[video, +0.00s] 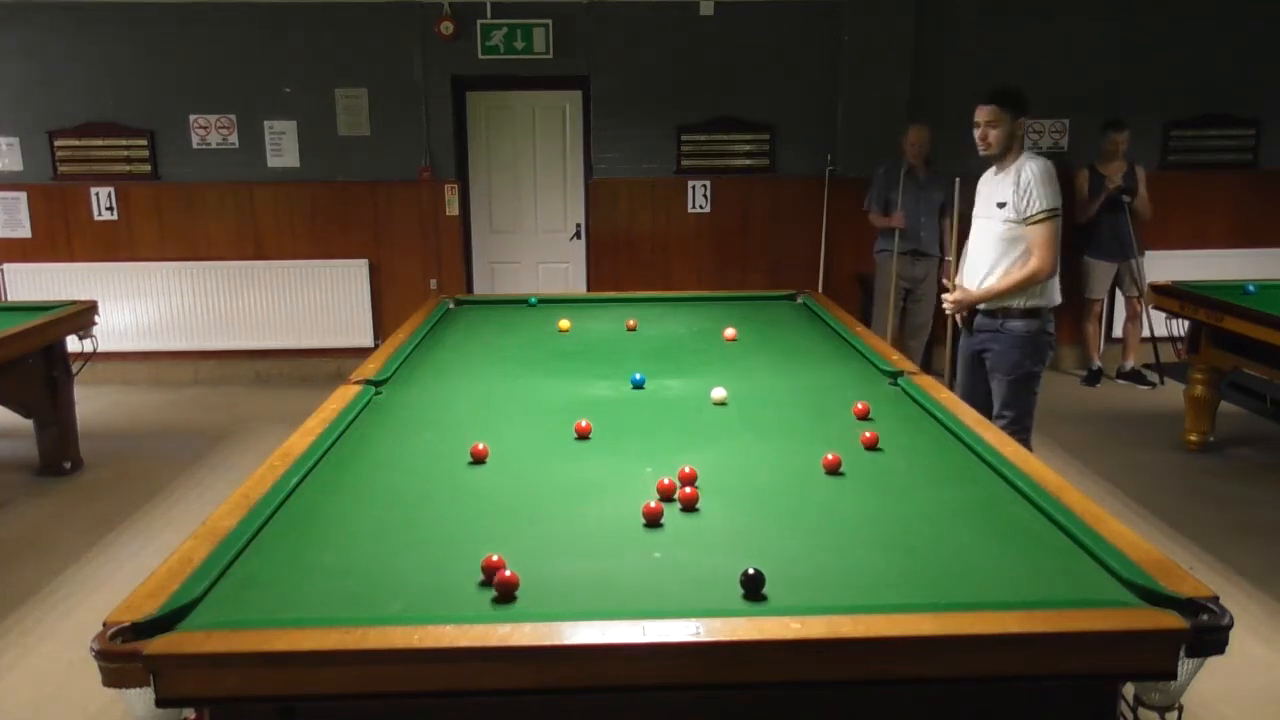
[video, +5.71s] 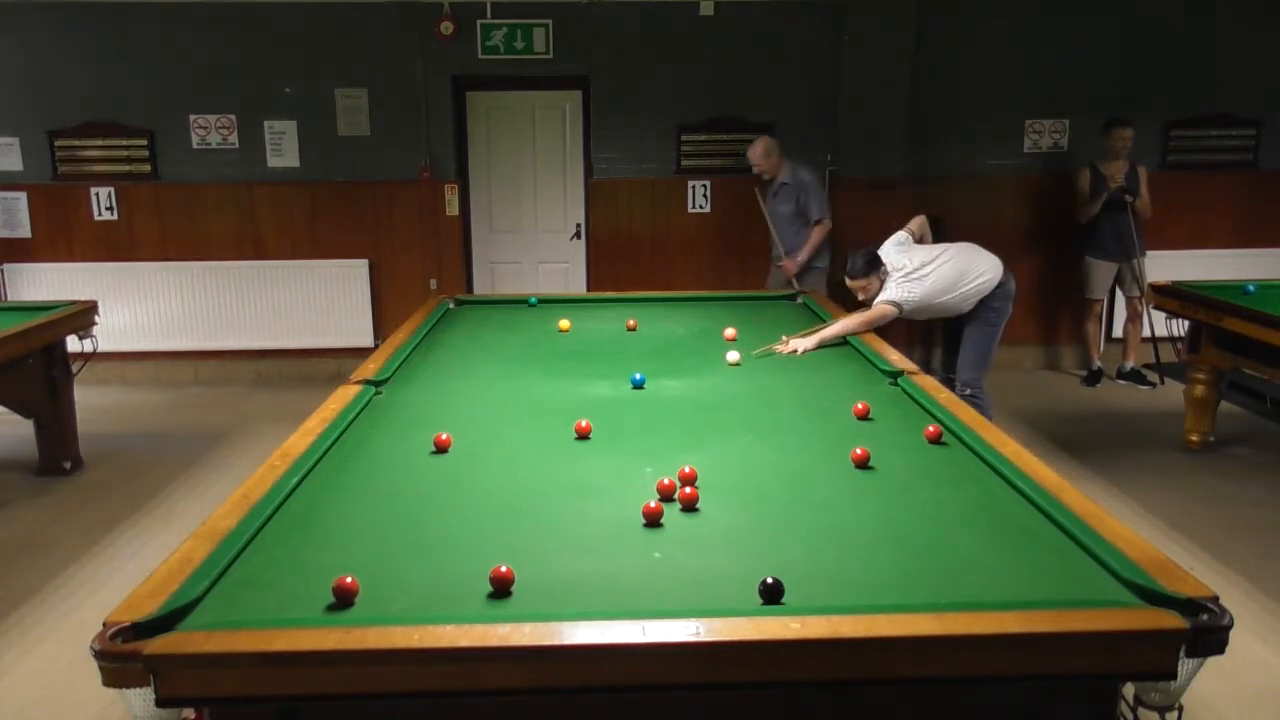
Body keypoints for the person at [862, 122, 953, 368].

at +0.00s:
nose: (917, 150)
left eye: (922, 145)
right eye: (912, 145)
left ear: (929, 147)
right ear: (904, 145)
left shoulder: (938, 179)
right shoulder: (888, 175)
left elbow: (946, 221)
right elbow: (874, 216)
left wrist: (949, 261)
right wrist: (889, 221)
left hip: (928, 259)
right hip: (893, 257)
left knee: (918, 331)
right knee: (885, 326)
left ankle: (909, 386)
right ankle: (878, 383)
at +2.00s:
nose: (930, 149)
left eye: (933, 144)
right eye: (925, 143)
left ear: (936, 147)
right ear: (910, 143)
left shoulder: (935, 179)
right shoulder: (888, 173)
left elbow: (946, 216)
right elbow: (873, 217)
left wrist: (948, 244)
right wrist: (895, 222)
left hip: (926, 261)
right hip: (892, 259)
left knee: (918, 331)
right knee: (884, 326)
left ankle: (908, 386)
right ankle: (877, 383)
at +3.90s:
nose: (912, 153)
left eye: (916, 148)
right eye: (907, 148)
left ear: (922, 150)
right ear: (897, 148)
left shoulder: (929, 180)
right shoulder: (880, 176)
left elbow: (936, 220)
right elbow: (854, 211)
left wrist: (926, 253)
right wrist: (864, 246)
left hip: (917, 263)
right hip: (882, 259)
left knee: (912, 331)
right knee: (879, 329)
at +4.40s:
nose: (869, 155)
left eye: (874, 150)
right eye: (866, 150)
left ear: (886, 152)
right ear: (862, 151)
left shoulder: (897, 181)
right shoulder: (850, 178)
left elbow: (910, 221)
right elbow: (834, 219)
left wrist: (909, 252)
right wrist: (837, 260)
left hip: (895, 259)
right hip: (859, 259)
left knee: (898, 323)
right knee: (861, 319)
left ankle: (901, 375)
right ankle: (863, 373)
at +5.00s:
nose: (831, 172)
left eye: (836, 167)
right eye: (827, 167)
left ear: (849, 161)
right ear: (823, 163)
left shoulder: (875, 179)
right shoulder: (827, 182)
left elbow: (896, 217)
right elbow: (825, 223)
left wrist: (871, 241)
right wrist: (820, 263)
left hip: (869, 261)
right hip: (840, 262)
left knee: (868, 318)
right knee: (845, 316)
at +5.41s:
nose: (795, 172)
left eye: (799, 167)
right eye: (792, 167)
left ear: (815, 159)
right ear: (789, 164)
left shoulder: (844, 179)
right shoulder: (802, 181)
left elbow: (861, 224)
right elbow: (809, 222)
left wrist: (830, 254)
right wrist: (800, 255)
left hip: (843, 267)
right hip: (814, 267)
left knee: (843, 329)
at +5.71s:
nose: (755, 171)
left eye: (759, 165)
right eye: (753, 166)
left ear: (774, 158)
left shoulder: (804, 180)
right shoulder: (772, 183)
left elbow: (824, 223)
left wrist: (799, 260)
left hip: (811, 267)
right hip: (781, 263)